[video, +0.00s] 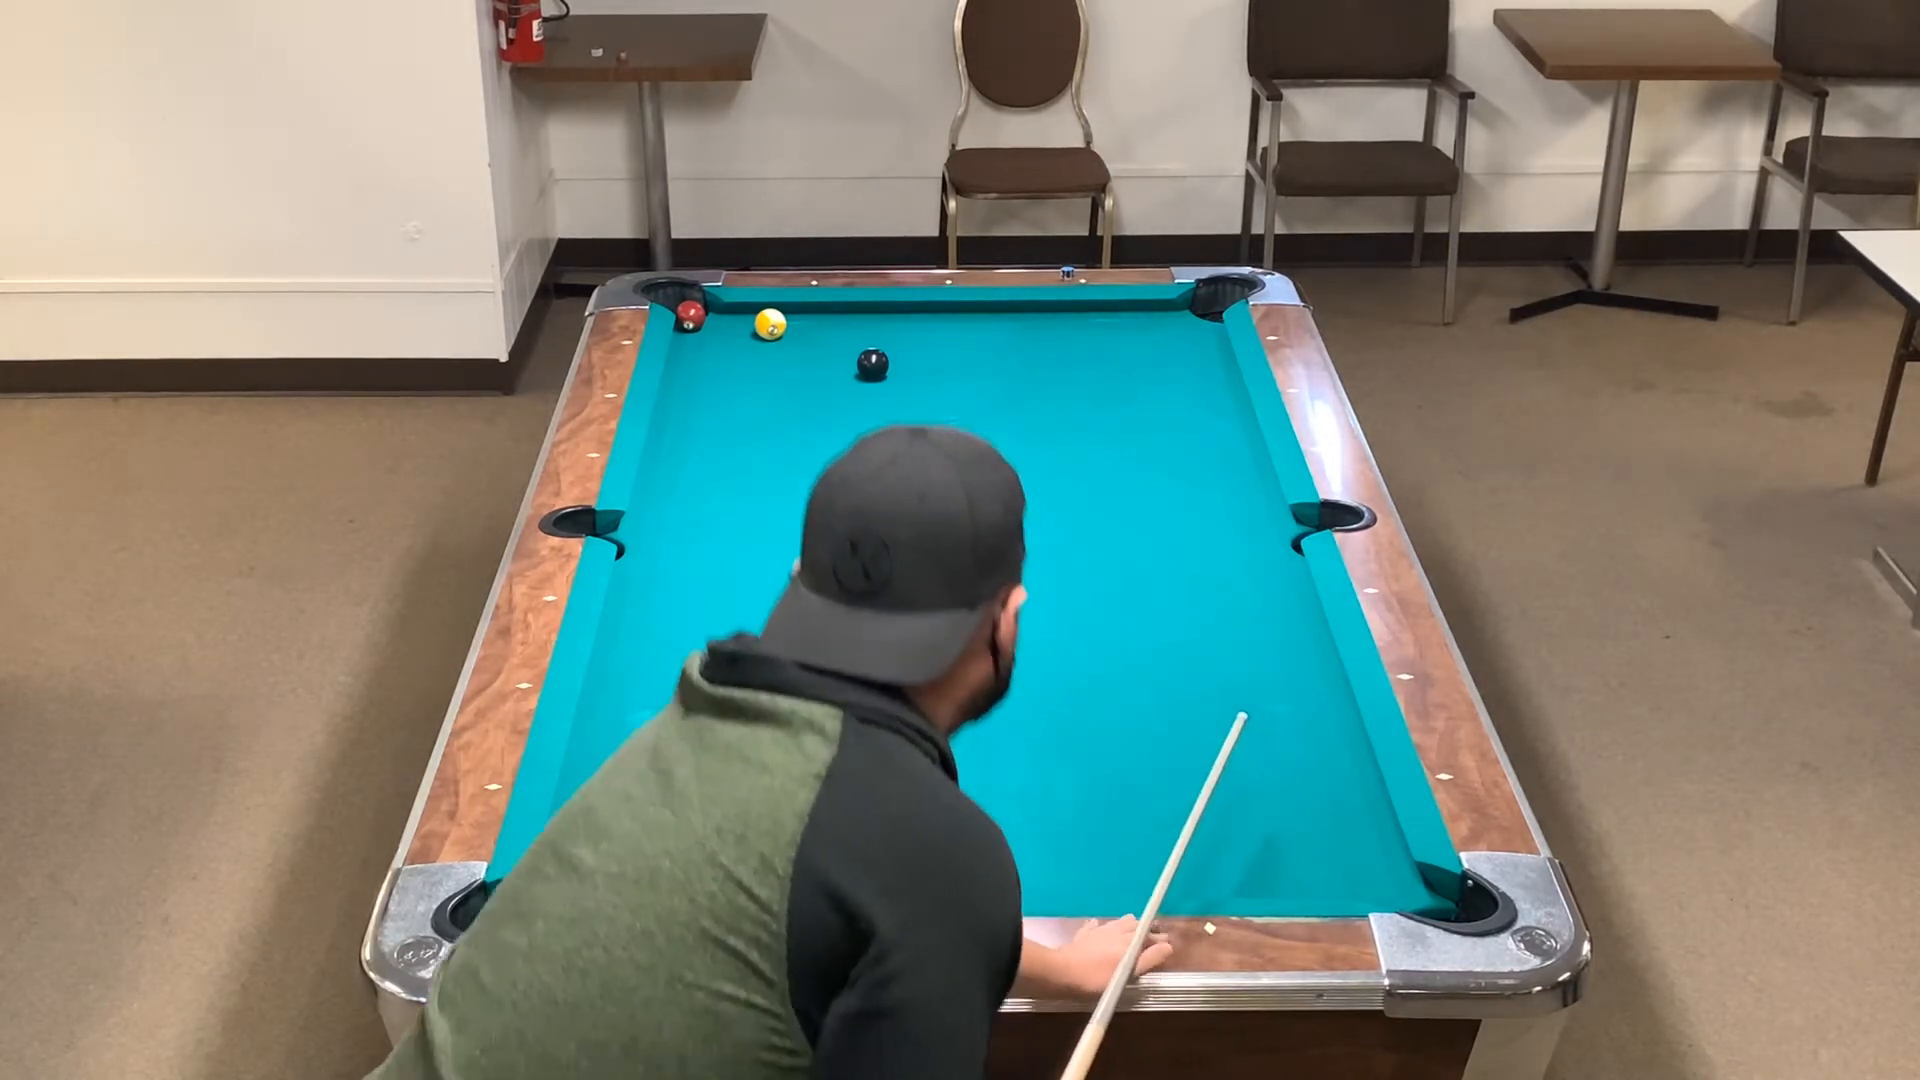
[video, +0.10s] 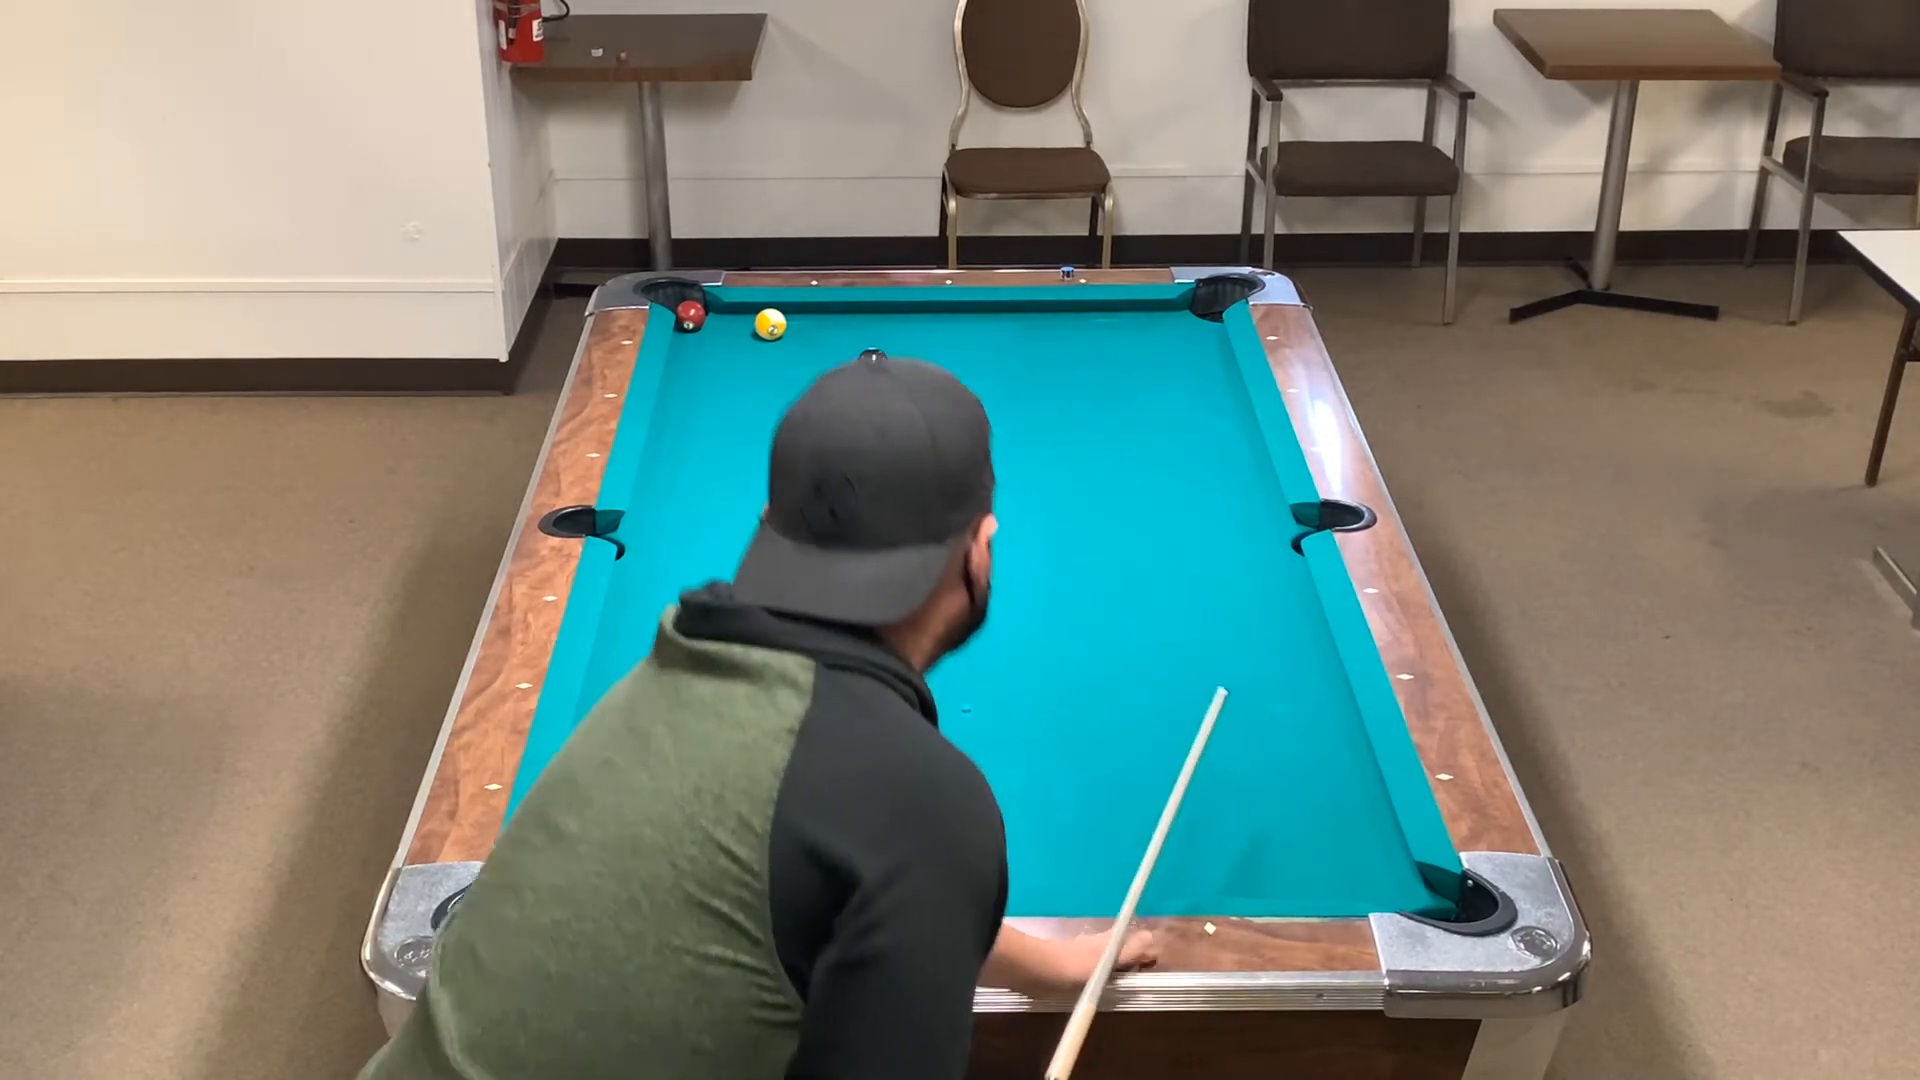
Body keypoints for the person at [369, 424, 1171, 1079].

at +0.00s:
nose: (1019, 613)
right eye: (1023, 592)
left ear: (806, 578)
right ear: (1003, 620)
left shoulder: (709, 709)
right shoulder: (942, 862)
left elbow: (800, 892)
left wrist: (1040, 955)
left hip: (430, 1048)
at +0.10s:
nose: (991, 552)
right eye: (991, 531)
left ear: (779, 519)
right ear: (974, 557)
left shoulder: (675, 670)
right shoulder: (926, 807)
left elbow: (773, 886)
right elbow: (885, 1068)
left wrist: (1026, 954)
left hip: (417, 1053)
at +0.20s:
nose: (962, 483)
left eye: (953, 458)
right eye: (959, 463)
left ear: (752, 461)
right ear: (942, 491)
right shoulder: (900, 755)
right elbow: (870, 1061)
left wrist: (1016, 952)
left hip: (425, 1047)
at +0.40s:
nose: (900, 388)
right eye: (896, 373)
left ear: (677, 387)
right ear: (884, 403)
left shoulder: (566, 579)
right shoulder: (869, 696)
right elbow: (885, 1056)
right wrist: (978, 1055)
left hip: (457, 1050)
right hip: (704, 1064)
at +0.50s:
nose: (887, 354)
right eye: (882, 341)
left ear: (660, 363)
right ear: (874, 377)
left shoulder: (531, 578)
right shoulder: (879, 684)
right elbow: (916, 1051)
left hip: (482, 1056)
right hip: (741, 1062)